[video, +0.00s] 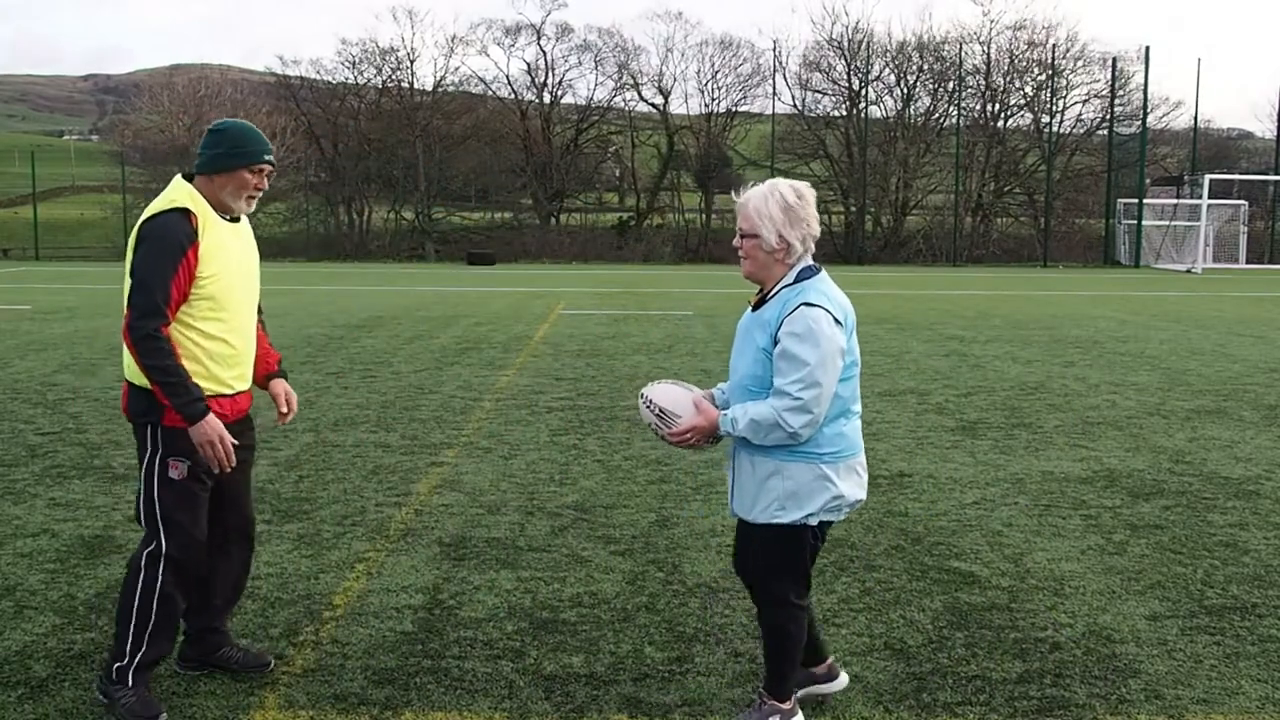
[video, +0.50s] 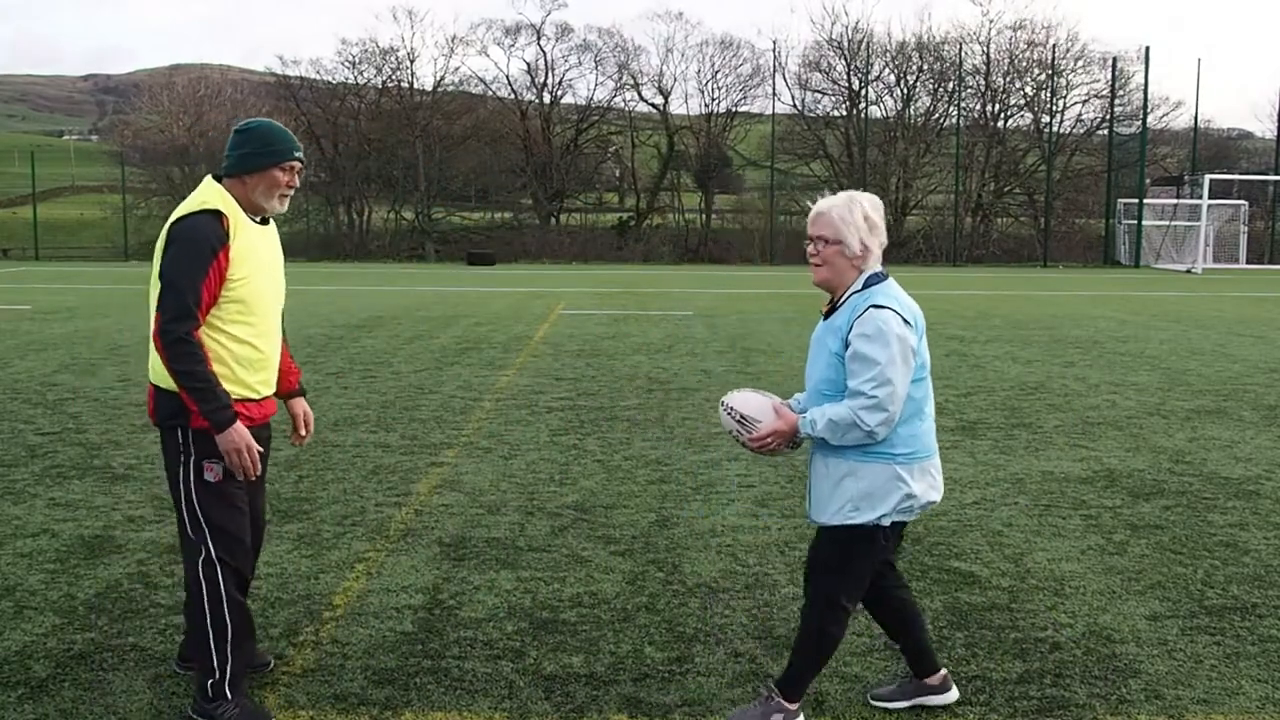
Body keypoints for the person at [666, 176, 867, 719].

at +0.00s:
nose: (737, 245)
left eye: (747, 236)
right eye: (737, 235)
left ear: (783, 244)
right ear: (774, 244)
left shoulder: (810, 313)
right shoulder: (776, 301)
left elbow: (797, 415)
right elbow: (758, 383)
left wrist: (723, 422)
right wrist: (708, 402)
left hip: (802, 476)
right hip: (770, 467)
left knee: (778, 585)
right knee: (754, 563)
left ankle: (780, 701)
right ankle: (814, 665)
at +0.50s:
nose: (811, 252)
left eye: (823, 242)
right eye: (809, 241)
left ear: (860, 249)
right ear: (848, 251)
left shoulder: (880, 316)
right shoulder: (851, 308)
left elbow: (872, 414)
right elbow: (834, 390)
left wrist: (802, 424)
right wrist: (785, 413)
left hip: (880, 480)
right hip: (862, 475)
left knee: (830, 582)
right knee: (874, 578)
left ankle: (786, 699)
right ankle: (931, 677)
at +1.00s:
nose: (913, 243)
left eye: (926, 234)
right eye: (912, 233)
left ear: (962, 242)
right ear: (916, 236)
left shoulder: (989, 310)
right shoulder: (937, 303)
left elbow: (981, 405)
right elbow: (927, 380)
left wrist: (904, 411)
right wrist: (884, 400)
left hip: (981, 474)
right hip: (935, 470)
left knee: (970, 580)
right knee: (922, 573)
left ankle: (1044, 681)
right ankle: (934, 681)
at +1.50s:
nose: (1004, 252)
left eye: (1014, 242)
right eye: (1003, 241)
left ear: (1051, 246)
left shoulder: (1096, 313)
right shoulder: (1028, 304)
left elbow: (1102, 410)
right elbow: (1023, 384)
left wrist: (1024, 424)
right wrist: (987, 415)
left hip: (1096, 477)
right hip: (1047, 469)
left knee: (1079, 587)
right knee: (1037, 565)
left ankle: (1084, 700)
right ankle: (1101, 667)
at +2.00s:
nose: (1046, 255)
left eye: (1057, 245)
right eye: (1043, 244)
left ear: (1095, 247)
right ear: (1046, 245)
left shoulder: (1137, 312)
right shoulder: (1069, 302)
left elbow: (1150, 408)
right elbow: (1061, 382)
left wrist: (1072, 428)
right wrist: (1030, 419)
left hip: (1140, 478)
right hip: (1099, 475)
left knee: (1136, 590)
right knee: (1116, 586)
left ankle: (1147, 698)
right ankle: (1134, 686)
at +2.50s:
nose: (992, 268)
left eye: (999, 257)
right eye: (989, 258)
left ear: (1038, 255)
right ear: (1034, 257)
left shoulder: (1081, 320)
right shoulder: (1026, 313)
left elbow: (1082, 418)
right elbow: (1020, 393)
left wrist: (1004, 430)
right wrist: (974, 422)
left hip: (1094, 483)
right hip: (1040, 478)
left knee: (1111, 593)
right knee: (1008, 580)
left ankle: (1146, 698)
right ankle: (969, 677)